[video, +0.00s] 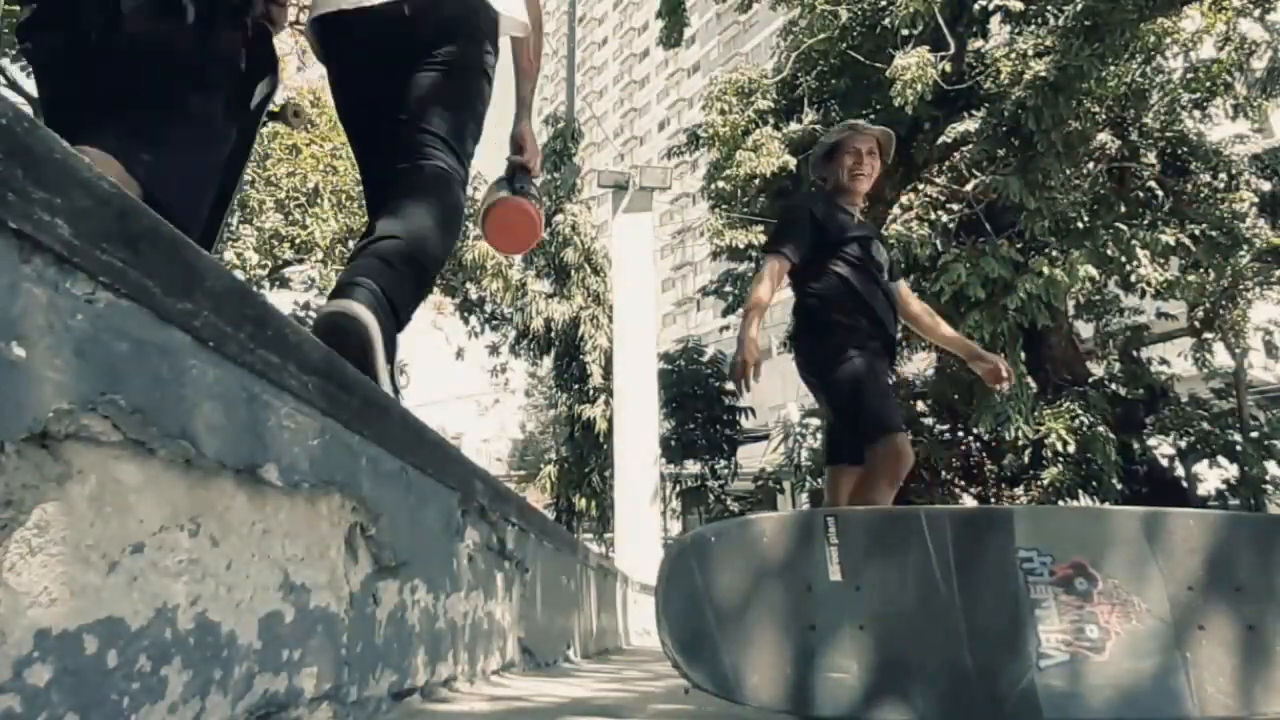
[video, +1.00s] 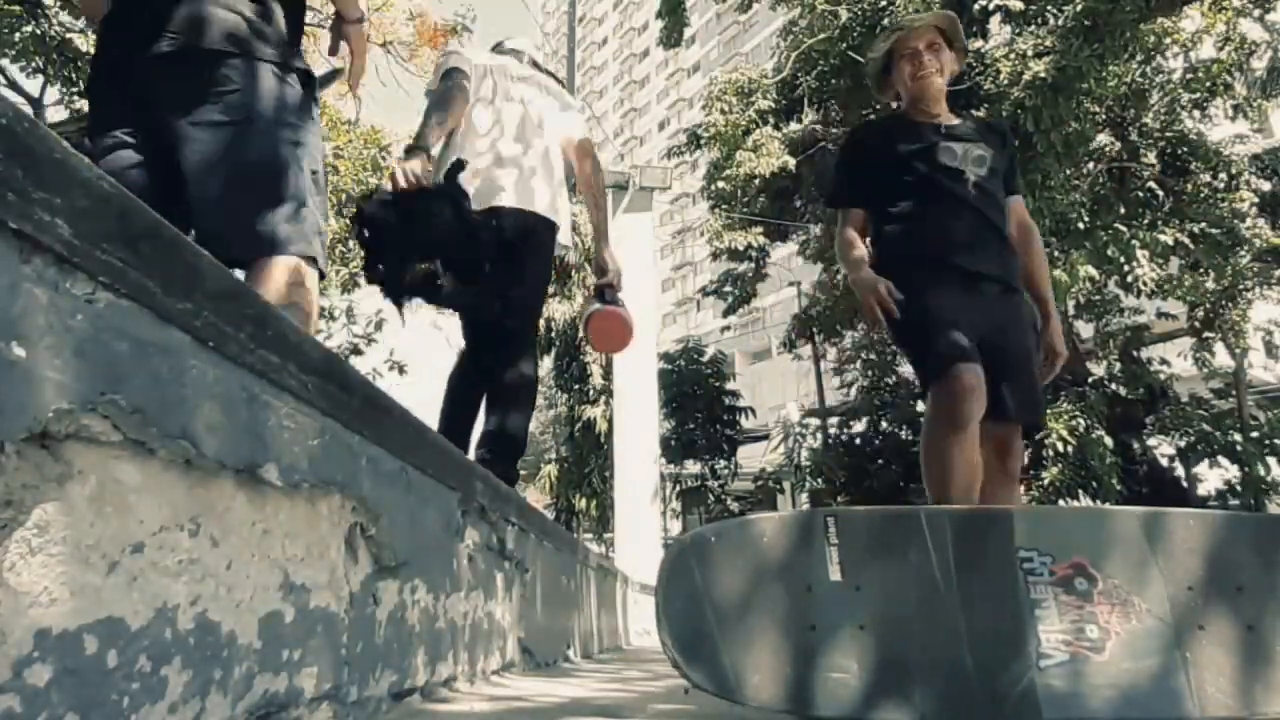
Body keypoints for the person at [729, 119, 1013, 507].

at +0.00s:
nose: (861, 161)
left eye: (870, 156)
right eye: (850, 154)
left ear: (879, 171)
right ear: (826, 169)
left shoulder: (870, 238)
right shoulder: (810, 210)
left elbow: (910, 306)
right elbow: (773, 272)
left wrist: (974, 354)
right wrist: (748, 333)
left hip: (870, 352)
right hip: (833, 346)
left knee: (845, 481)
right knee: (894, 455)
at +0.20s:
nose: (853, 139)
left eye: (859, 133)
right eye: (839, 134)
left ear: (869, 148)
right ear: (818, 154)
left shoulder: (872, 217)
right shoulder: (803, 199)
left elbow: (899, 304)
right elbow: (766, 279)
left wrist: (948, 366)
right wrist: (730, 351)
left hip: (883, 353)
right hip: (837, 348)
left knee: (884, 488)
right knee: (859, 475)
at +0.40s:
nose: (854, 124)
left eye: (860, 118)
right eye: (840, 119)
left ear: (870, 136)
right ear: (816, 140)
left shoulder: (884, 204)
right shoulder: (798, 187)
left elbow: (909, 285)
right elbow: (787, 276)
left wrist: (944, 349)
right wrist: (804, 352)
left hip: (907, 336)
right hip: (846, 332)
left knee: (946, 475)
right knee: (857, 469)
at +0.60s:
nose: (873, 101)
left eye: (880, 95)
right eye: (858, 95)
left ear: (889, 114)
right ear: (833, 117)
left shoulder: (897, 179)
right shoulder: (822, 165)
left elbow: (936, 263)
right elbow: (802, 248)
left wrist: (997, 320)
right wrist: (814, 327)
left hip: (933, 330)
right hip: (870, 332)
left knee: (992, 446)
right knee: (872, 464)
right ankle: (820, 566)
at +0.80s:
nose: (909, 83)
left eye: (916, 76)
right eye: (893, 80)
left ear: (928, 97)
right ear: (869, 106)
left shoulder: (952, 174)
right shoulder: (849, 157)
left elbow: (986, 260)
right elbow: (832, 235)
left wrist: (1021, 328)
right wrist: (845, 283)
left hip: (986, 315)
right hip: (915, 318)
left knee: (1019, 445)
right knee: (927, 454)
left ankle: (994, 569)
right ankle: (861, 563)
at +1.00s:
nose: (922, 59)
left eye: (932, 48)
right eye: (908, 56)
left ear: (954, 63)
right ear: (892, 82)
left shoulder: (991, 136)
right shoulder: (872, 140)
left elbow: (1020, 227)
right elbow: (850, 229)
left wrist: (1050, 314)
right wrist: (859, 272)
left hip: (1000, 288)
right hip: (923, 284)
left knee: (1006, 439)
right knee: (962, 387)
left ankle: (996, 572)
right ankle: (954, 558)